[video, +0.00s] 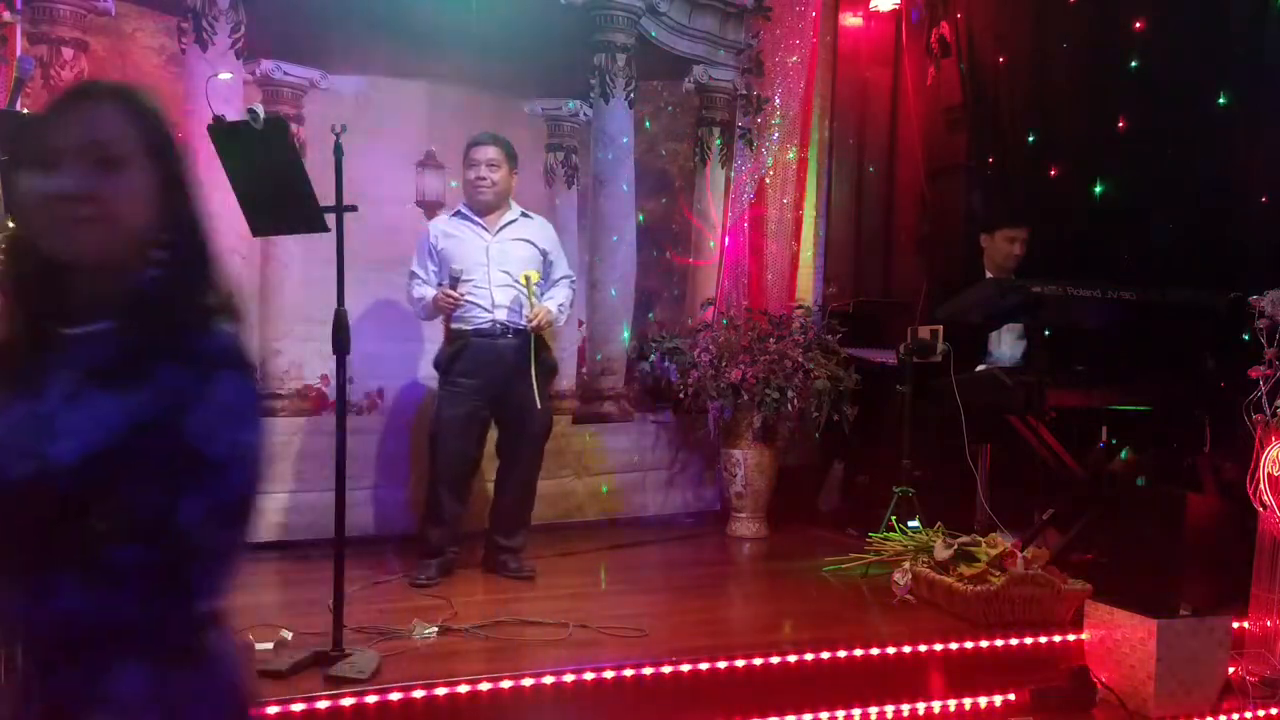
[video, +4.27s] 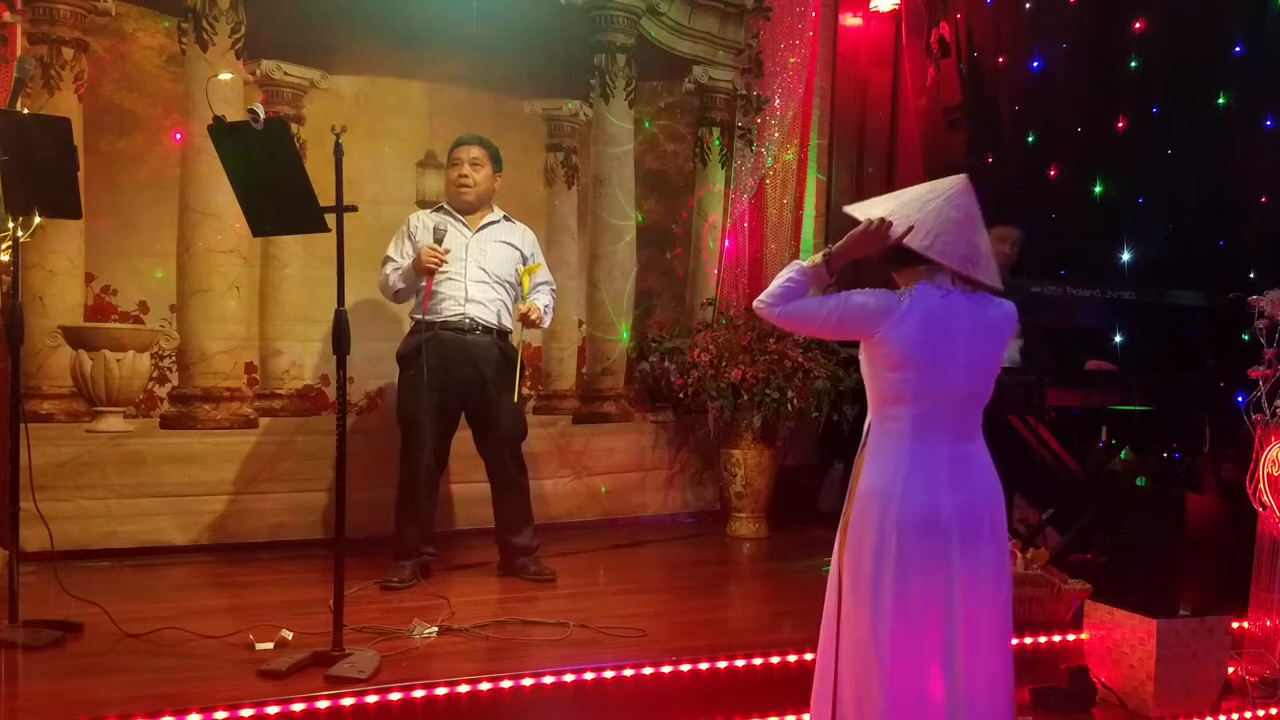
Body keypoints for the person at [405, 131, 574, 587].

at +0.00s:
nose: (481, 174)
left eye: (492, 166)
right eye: (472, 166)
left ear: (512, 175)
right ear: (462, 176)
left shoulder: (539, 229)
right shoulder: (441, 230)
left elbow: (563, 282)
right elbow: (418, 288)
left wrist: (551, 307)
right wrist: (434, 299)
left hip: (524, 354)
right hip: (467, 353)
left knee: (524, 458)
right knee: (451, 454)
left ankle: (506, 550)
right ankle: (440, 552)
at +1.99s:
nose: (438, 173)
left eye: (448, 166)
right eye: (427, 165)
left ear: (459, 179)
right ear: (408, 176)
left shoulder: (479, 238)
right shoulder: (380, 225)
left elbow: (494, 299)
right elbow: (353, 293)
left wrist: (507, 307)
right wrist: (377, 288)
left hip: (461, 351)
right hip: (401, 349)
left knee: (485, 443)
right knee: (402, 453)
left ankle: (487, 551)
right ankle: (409, 557)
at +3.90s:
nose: (463, 179)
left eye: (475, 172)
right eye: (455, 171)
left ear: (494, 182)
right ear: (444, 179)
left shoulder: (518, 240)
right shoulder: (418, 228)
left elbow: (538, 293)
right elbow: (388, 290)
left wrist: (532, 316)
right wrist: (408, 285)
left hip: (488, 354)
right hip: (427, 351)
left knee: (507, 453)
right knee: (415, 455)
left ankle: (520, 553)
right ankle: (411, 557)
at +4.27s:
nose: (463, 172)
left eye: (475, 165)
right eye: (455, 165)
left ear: (497, 178)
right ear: (445, 176)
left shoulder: (521, 235)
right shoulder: (422, 223)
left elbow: (543, 288)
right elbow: (391, 288)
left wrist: (537, 307)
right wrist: (415, 269)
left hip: (493, 351)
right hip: (432, 349)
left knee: (507, 456)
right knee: (420, 456)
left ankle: (519, 554)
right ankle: (412, 557)